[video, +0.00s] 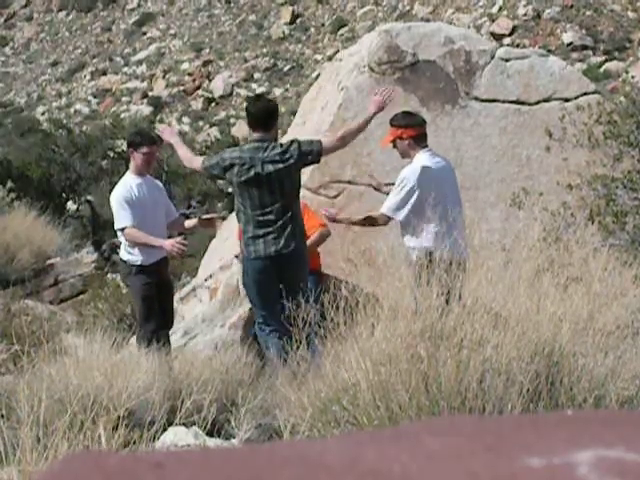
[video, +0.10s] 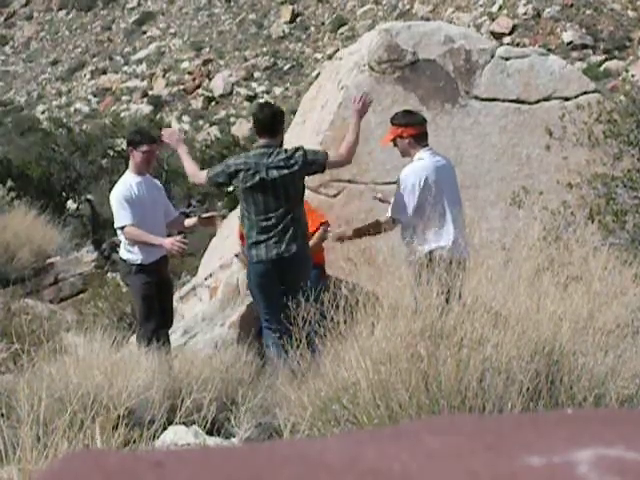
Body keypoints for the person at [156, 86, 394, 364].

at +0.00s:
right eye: (275, 120)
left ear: (248, 124)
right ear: (277, 122)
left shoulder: (234, 159)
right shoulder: (291, 152)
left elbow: (193, 164)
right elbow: (336, 142)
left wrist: (174, 140)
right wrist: (372, 114)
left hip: (257, 253)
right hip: (293, 248)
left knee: (268, 322)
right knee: (306, 312)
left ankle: (285, 382)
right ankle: (321, 372)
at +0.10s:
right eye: (278, 125)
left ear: (254, 130)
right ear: (282, 128)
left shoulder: (240, 164)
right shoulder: (296, 159)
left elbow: (197, 177)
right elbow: (343, 158)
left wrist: (179, 146)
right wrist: (356, 118)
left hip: (261, 258)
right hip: (297, 252)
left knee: (273, 326)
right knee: (306, 318)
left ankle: (288, 386)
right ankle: (319, 377)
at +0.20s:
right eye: (288, 153)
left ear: (260, 157)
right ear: (288, 155)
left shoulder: (244, 191)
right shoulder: (302, 184)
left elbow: (206, 216)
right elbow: (345, 201)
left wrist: (197, 184)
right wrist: (338, 165)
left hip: (269, 279)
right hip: (304, 273)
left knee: (279, 344)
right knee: (317, 337)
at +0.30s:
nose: (255, 187)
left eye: (259, 182)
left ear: (267, 179)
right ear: (295, 180)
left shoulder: (253, 220)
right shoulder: (311, 212)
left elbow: (223, 258)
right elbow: (336, 248)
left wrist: (215, 241)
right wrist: (330, 224)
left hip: (275, 302)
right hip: (309, 295)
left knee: (284, 361)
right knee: (320, 352)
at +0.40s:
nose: (259, 190)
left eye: (263, 185)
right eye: (254, 187)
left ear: (275, 184)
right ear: (301, 186)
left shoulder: (257, 225)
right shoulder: (315, 221)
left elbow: (236, 272)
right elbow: (334, 264)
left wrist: (237, 292)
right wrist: (342, 288)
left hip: (277, 311)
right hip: (313, 308)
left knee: (286, 366)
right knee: (324, 361)